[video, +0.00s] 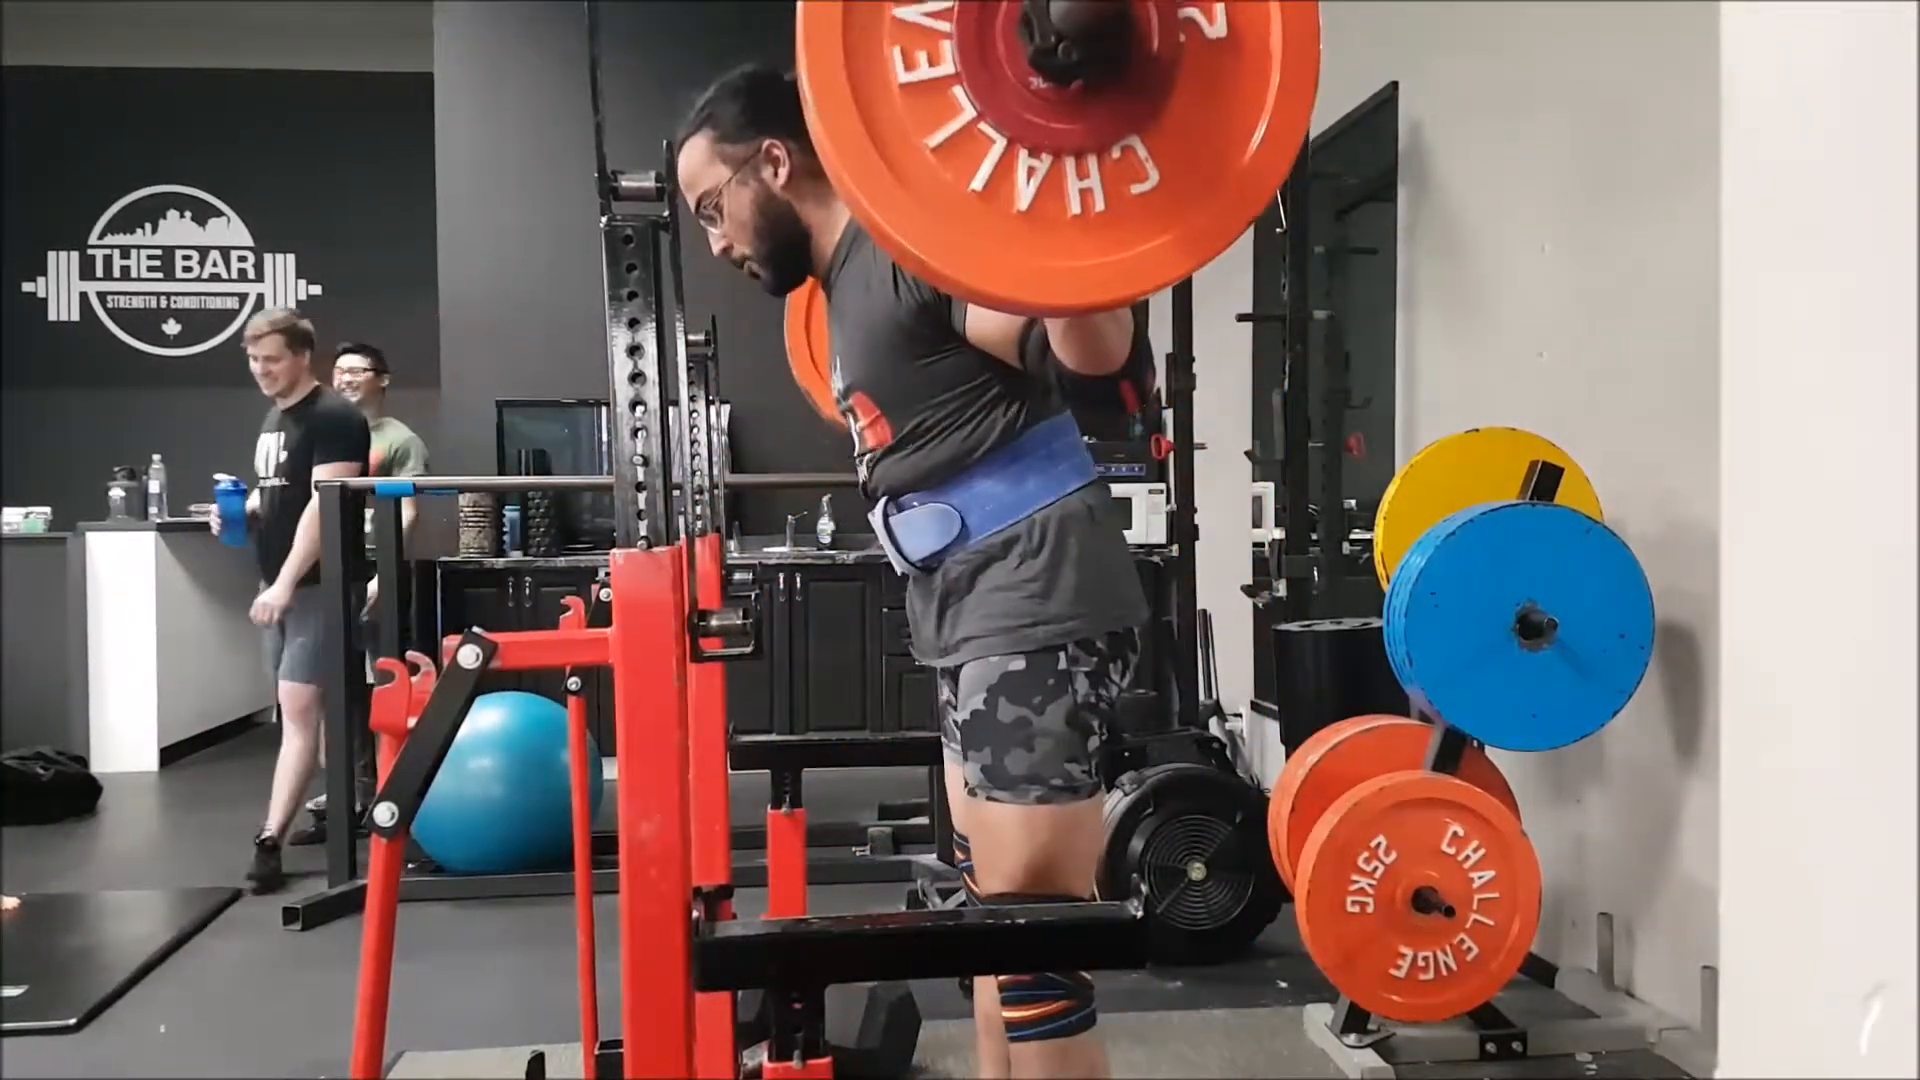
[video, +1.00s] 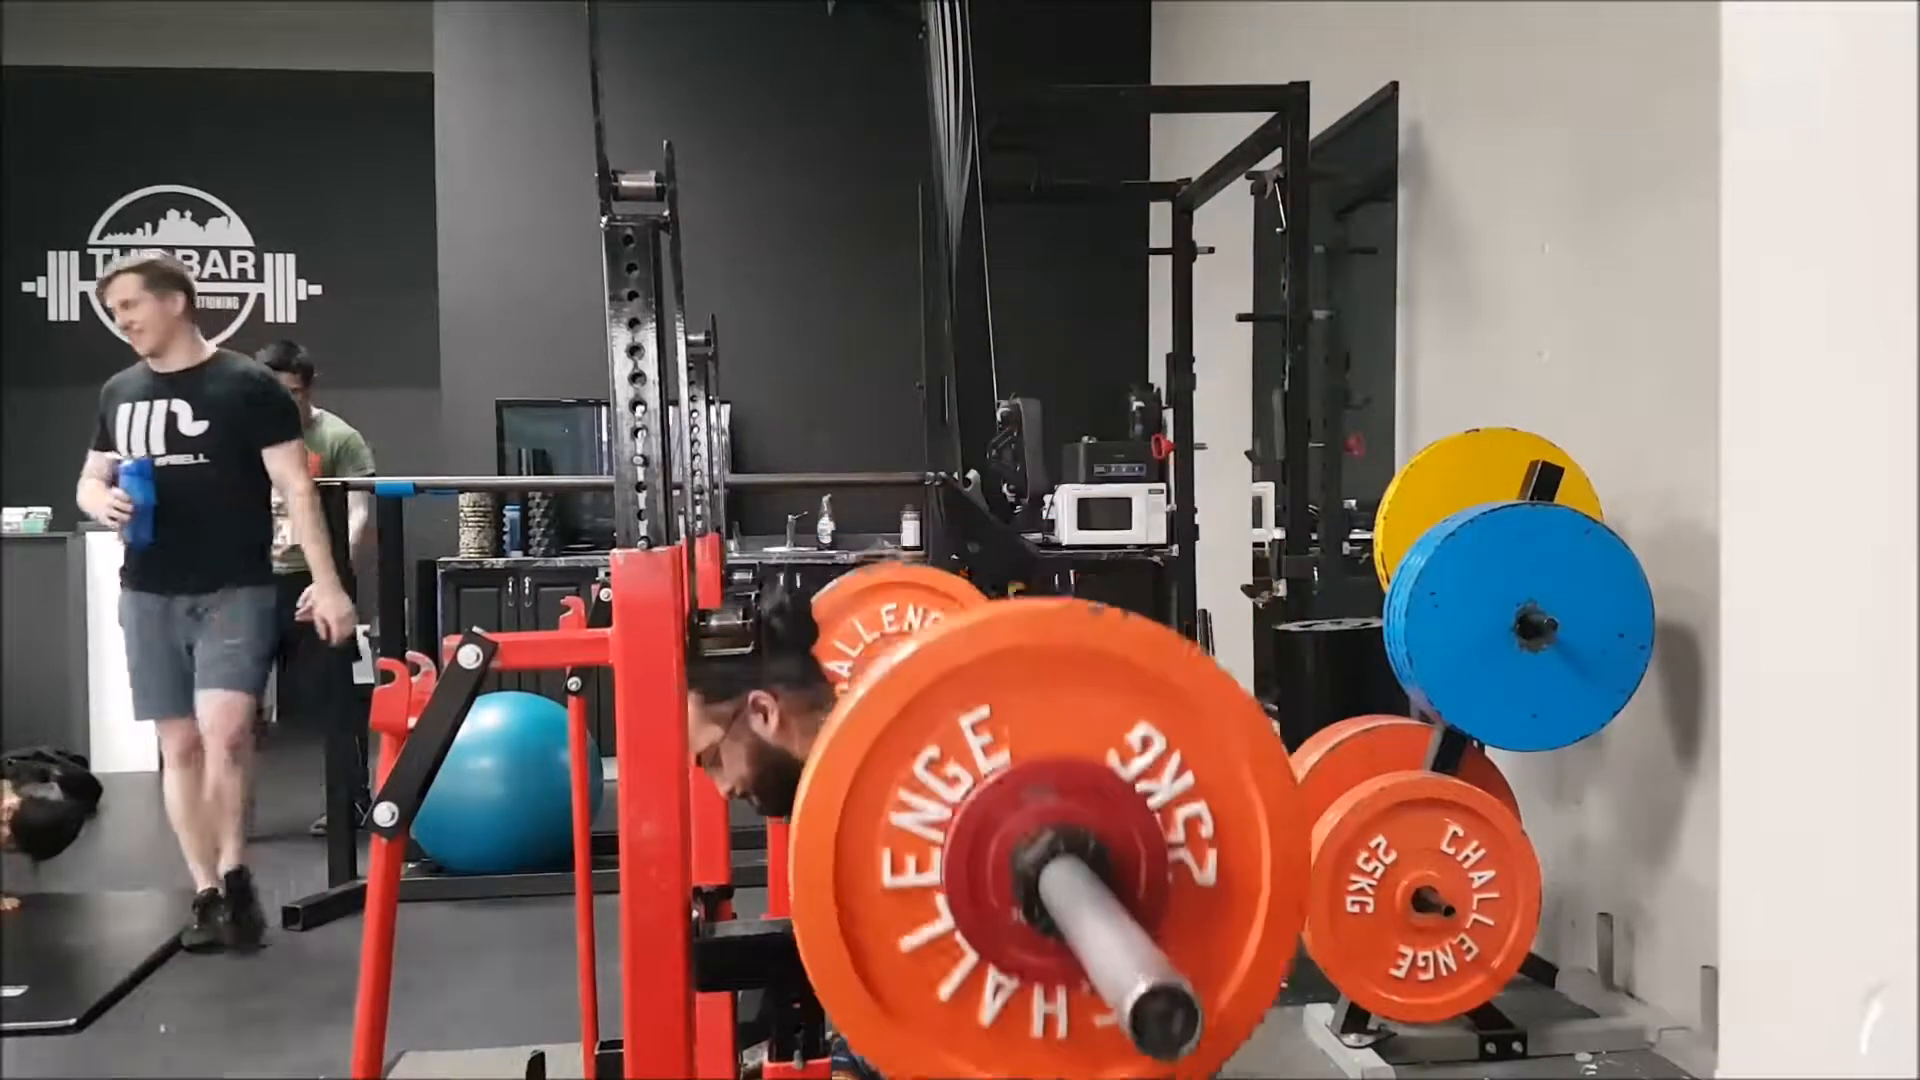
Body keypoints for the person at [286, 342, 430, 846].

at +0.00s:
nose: (345, 378)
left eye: (356, 371)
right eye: (340, 370)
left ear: (382, 381)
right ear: (332, 378)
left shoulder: (400, 439)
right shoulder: (328, 433)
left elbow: (408, 512)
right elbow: (315, 504)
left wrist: (384, 576)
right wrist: (316, 561)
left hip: (376, 576)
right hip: (334, 574)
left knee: (382, 681)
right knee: (333, 686)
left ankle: (386, 790)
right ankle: (335, 792)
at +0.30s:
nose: (323, 380)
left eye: (333, 372)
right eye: (316, 373)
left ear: (353, 379)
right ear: (306, 380)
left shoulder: (378, 440)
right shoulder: (302, 439)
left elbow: (404, 505)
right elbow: (292, 503)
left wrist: (389, 575)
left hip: (366, 572)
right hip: (319, 572)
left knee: (363, 675)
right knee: (326, 678)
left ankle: (366, 782)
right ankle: (339, 781)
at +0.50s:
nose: (317, 386)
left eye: (326, 376)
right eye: (309, 377)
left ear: (346, 381)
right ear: (299, 382)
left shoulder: (373, 441)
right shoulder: (298, 441)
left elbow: (400, 508)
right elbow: (293, 503)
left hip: (366, 573)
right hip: (321, 572)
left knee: (365, 681)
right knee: (332, 682)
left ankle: (368, 787)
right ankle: (340, 786)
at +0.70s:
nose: (311, 398)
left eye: (320, 388)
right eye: (302, 389)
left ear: (339, 388)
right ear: (290, 389)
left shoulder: (370, 441)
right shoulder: (284, 439)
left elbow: (395, 509)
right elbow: (272, 500)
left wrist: (351, 487)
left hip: (355, 567)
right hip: (303, 568)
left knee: (349, 670)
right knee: (309, 669)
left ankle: (358, 777)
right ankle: (326, 762)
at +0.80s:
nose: (303, 401)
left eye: (313, 391)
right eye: (294, 391)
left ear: (334, 388)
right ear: (282, 389)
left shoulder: (363, 440)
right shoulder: (277, 437)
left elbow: (379, 522)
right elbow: (262, 507)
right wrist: (260, 571)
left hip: (341, 579)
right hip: (289, 577)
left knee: (342, 690)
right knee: (296, 684)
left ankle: (351, 797)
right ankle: (310, 767)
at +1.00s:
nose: (283, 401)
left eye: (292, 391)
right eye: (273, 391)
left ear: (310, 389)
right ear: (257, 390)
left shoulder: (339, 440)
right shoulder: (244, 439)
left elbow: (360, 517)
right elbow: (224, 510)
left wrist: (330, 582)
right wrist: (234, 579)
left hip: (316, 582)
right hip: (256, 584)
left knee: (334, 700)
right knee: (234, 708)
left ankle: (348, 801)